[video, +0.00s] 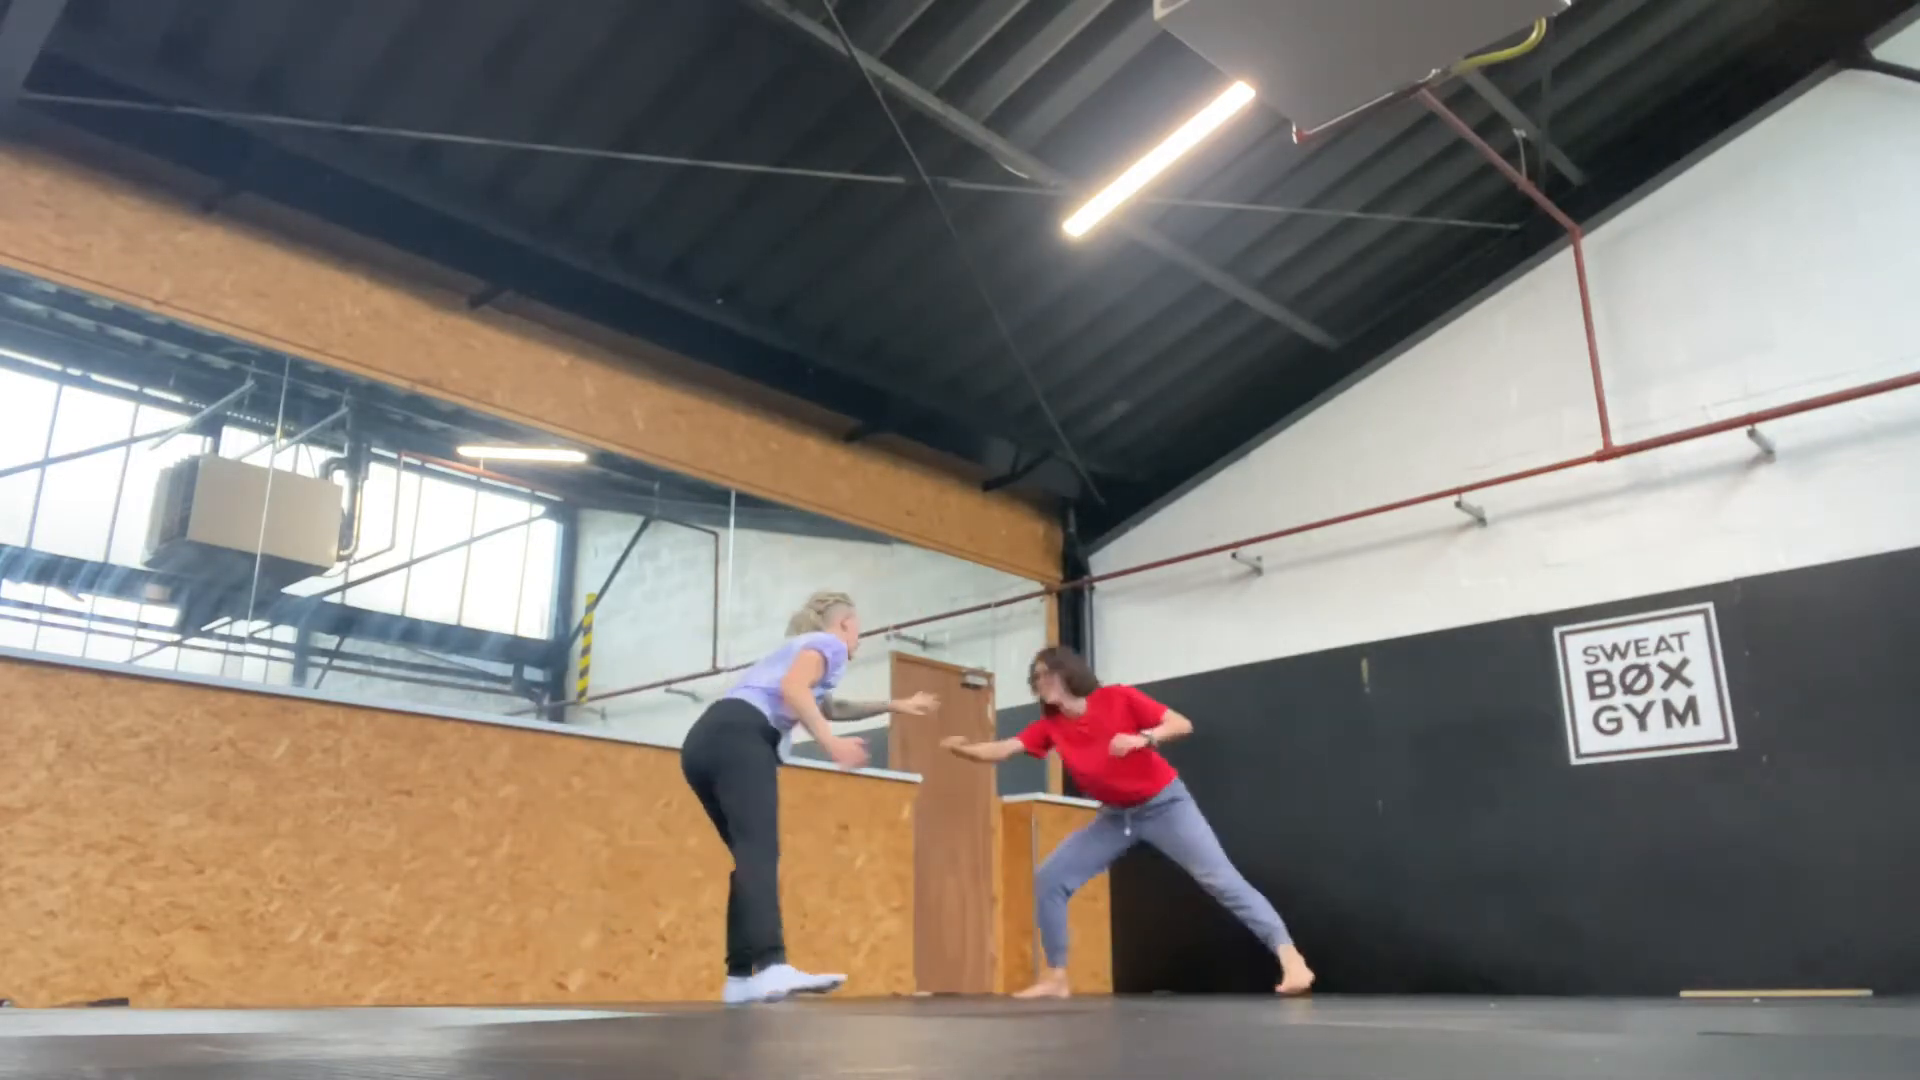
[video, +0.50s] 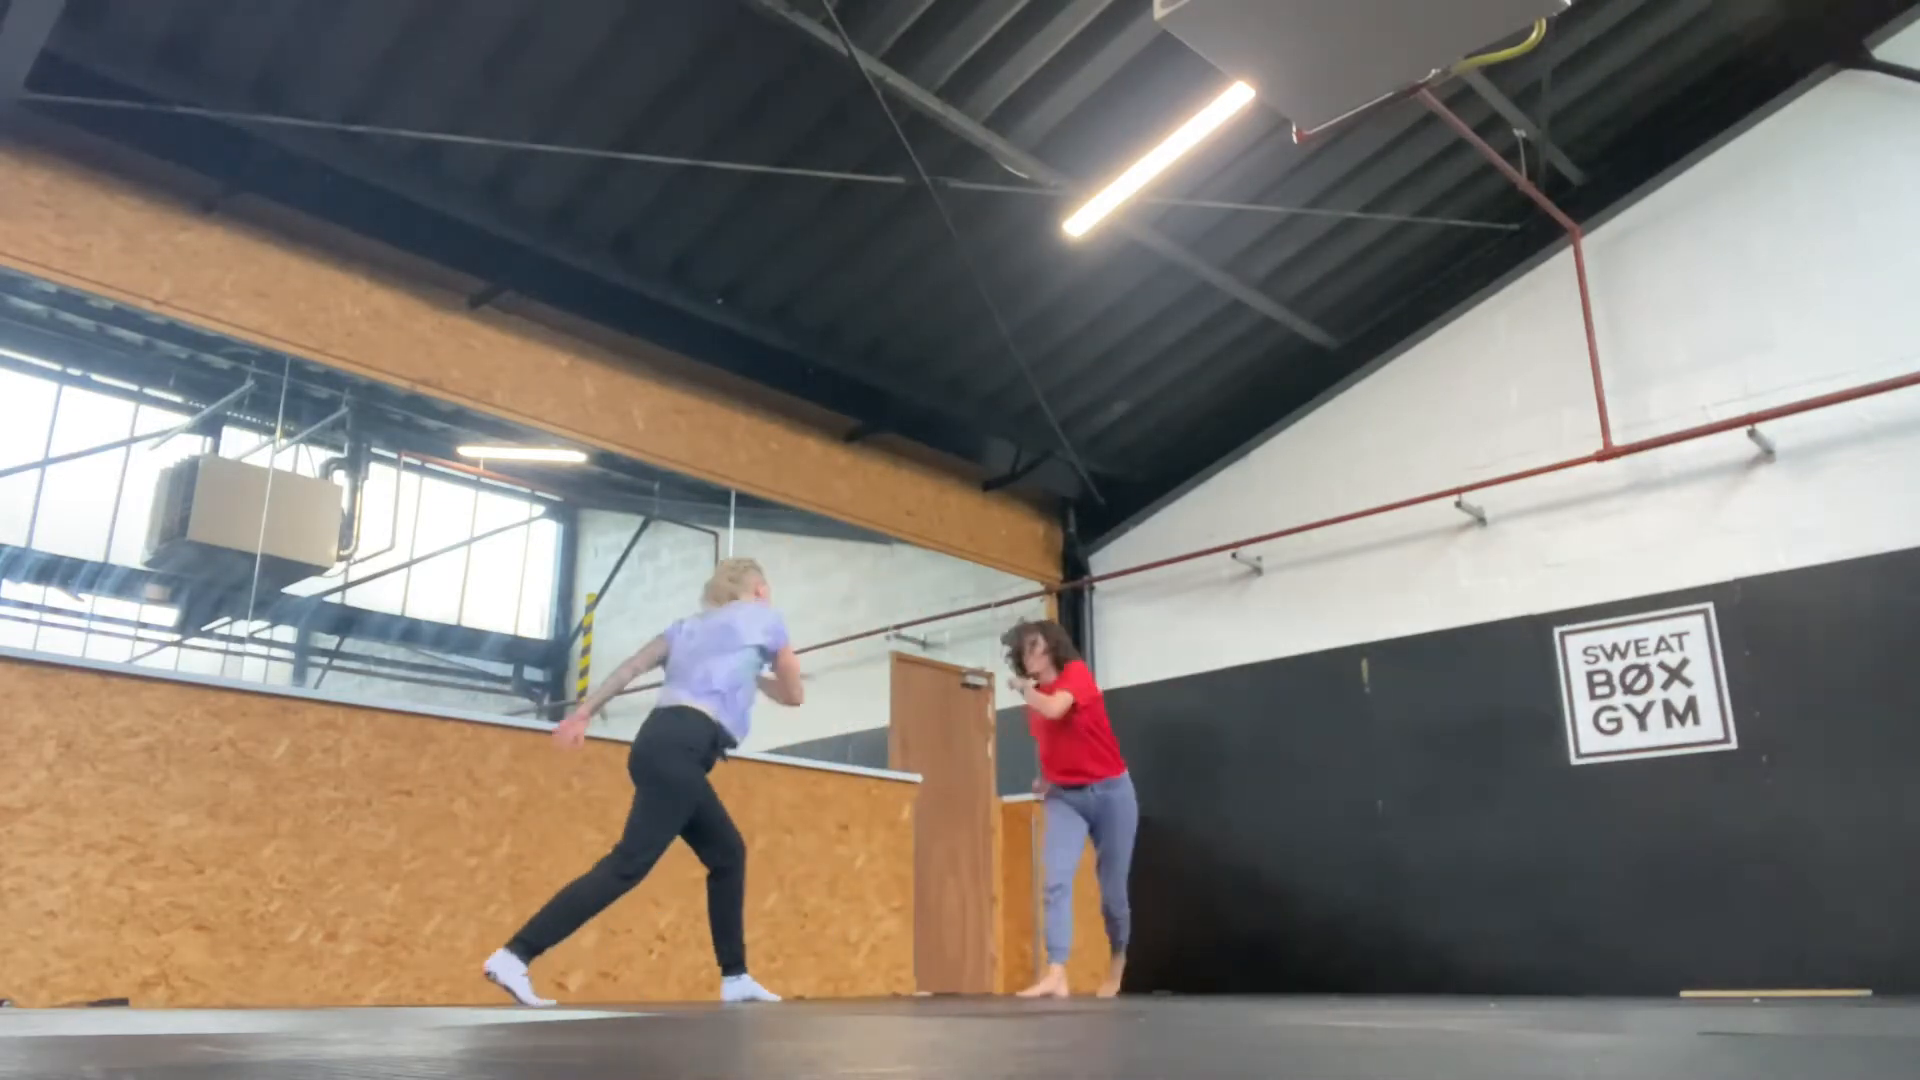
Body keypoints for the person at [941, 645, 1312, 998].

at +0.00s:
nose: (1038, 686)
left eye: (1043, 677)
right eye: (1036, 680)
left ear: (1065, 675)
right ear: (1043, 686)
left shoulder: (1117, 698)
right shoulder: (1050, 728)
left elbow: (1181, 725)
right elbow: (1002, 750)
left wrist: (1144, 736)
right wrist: (965, 747)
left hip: (1165, 806)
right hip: (1115, 818)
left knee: (1220, 880)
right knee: (1051, 878)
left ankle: (1292, 961)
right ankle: (1056, 978)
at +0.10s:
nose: (1019, 683)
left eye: (1023, 675)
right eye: (1017, 677)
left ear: (1046, 670)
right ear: (1025, 679)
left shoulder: (1088, 688)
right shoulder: (1026, 719)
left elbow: (1143, 714)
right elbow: (977, 743)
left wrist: (1091, 723)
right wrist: (925, 756)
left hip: (1144, 792)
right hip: (1096, 807)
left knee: (1196, 876)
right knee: (1045, 873)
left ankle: (1268, 958)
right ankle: (1055, 978)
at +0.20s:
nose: (1022, 687)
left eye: (1026, 677)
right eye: (1015, 680)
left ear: (1045, 666)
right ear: (1010, 676)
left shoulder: (1072, 676)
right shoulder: (1014, 713)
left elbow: (1086, 700)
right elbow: (974, 743)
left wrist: (1036, 696)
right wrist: (923, 771)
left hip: (1130, 782)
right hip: (1084, 799)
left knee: (1171, 877)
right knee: (1046, 872)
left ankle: (1223, 958)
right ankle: (1054, 978)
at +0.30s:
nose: (1011, 663)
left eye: (1017, 654)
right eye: (1008, 657)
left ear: (1039, 651)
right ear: (1007, 661)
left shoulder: (1069, 667)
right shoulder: (1021, 704)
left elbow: (1047, 677)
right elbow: (996, 743)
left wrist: (1006, 671)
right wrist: (964, 775)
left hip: (1119, 777)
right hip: (1073, 791)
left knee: (1147, 876)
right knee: (1050, 874)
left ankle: (1178, 951)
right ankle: (1055, 976)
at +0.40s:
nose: (1017, 653)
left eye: (1023, 642)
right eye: (1013, 648)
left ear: (1044, 639)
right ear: (1013, 653)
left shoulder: (1069, 661)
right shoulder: (1031, 694)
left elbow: (1039, 676)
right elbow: (1024, 736)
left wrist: (1007, 667)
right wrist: (1012, 766)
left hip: (1114, 780)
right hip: (1067, 790)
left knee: (1126, 882)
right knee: (1057, 878)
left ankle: (1144, 946)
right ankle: (1056, 975)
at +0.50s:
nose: (1033, 653)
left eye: (1038, 645)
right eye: (1027, 648)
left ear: (1053, 646)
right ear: (1022, 658)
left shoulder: (1076, 672)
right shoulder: (1035, 696)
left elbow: (1055, 708)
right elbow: (1051, 745)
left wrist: (1027, 688)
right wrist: (1046, 777)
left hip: (1110, 792)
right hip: (1064, 796)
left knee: (1112, 890)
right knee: (1055, 881)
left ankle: (1117, 966)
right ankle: (1055, 973)